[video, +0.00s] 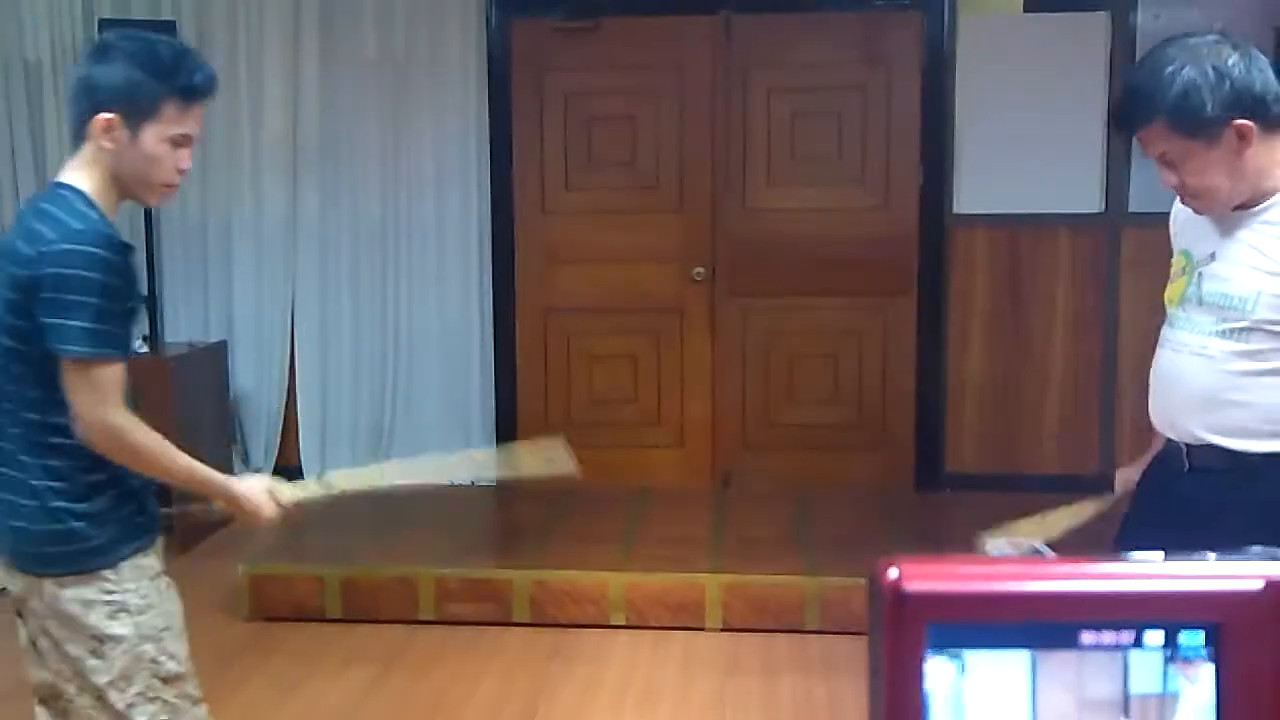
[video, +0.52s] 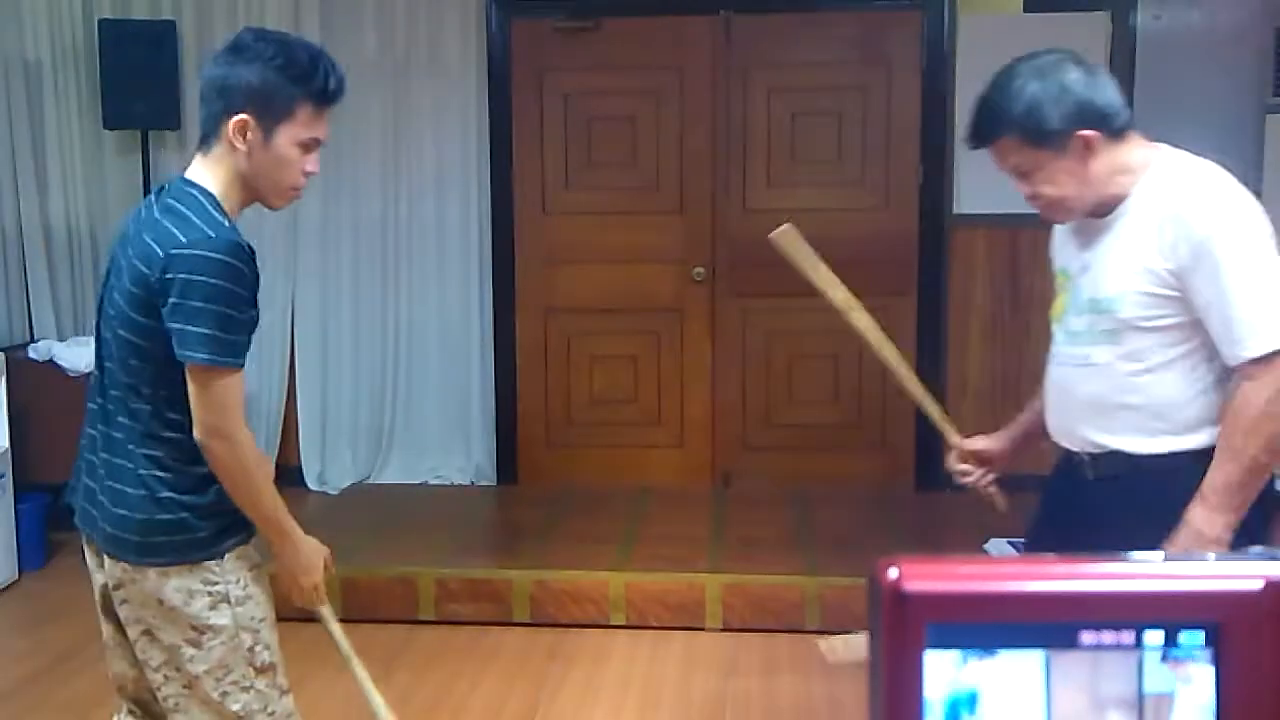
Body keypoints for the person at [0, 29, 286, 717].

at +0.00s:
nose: (187, 165)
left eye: (192, 145)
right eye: (175, 143)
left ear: (106, 135)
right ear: (109, 131)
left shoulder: (44, 221)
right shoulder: (85, 244)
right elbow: (99, 419)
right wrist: (229, 490)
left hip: (36, 537)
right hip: (87, 549)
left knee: (68, 708)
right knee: (162, 708)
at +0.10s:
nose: (222, 171)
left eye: (226, 152)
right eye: (213, 149)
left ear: (145, 139)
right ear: (148, 137)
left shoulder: (64, 231)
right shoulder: (125, 254)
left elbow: (56, 405)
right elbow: (157, 431)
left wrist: (166, 495)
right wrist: (262, 526)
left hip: (61, 544)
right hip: (123, 552)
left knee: (89, 706)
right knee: (201, 705)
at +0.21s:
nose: (260, 170)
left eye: (264, 152)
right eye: (250, 149)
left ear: (181, 137)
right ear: (185, 134)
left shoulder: (90, 226)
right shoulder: (166, 259)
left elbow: (44, 357)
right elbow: (193, 437)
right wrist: (283, 550)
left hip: (78, 531)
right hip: (152, 544)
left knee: (106, 707)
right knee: (239, 705)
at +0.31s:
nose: (290, 167)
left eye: (295, 148)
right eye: (281, 146)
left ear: (212, 132)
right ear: (218, 131)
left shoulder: (125, 213)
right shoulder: (194, 252)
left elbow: (110, 382)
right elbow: (205, 432)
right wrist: (285, 548)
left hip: (95, 515)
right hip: (166, 535)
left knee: (125, 708)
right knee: (241, 708)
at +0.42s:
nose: (309, 167)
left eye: (312, 148)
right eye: (301, 146)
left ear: (232, 134)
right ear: (239, 132)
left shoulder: (151, 210)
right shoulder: (210, 249)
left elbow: (130, 383)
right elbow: (213, 432)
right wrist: (287, 543)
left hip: (108, 516)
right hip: (175, 537)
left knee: (143, 708)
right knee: (242, 708)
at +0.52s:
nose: (315, 167)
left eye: (318, 148)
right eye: (306, 146)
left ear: (237, 135)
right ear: (243, 134)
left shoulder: (157, 214)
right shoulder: (212, 249)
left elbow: (140, 386)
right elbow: (219, 432)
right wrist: (288, 542)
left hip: (116, 519)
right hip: (178, 538)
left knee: (145, 709)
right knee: (245, 708)